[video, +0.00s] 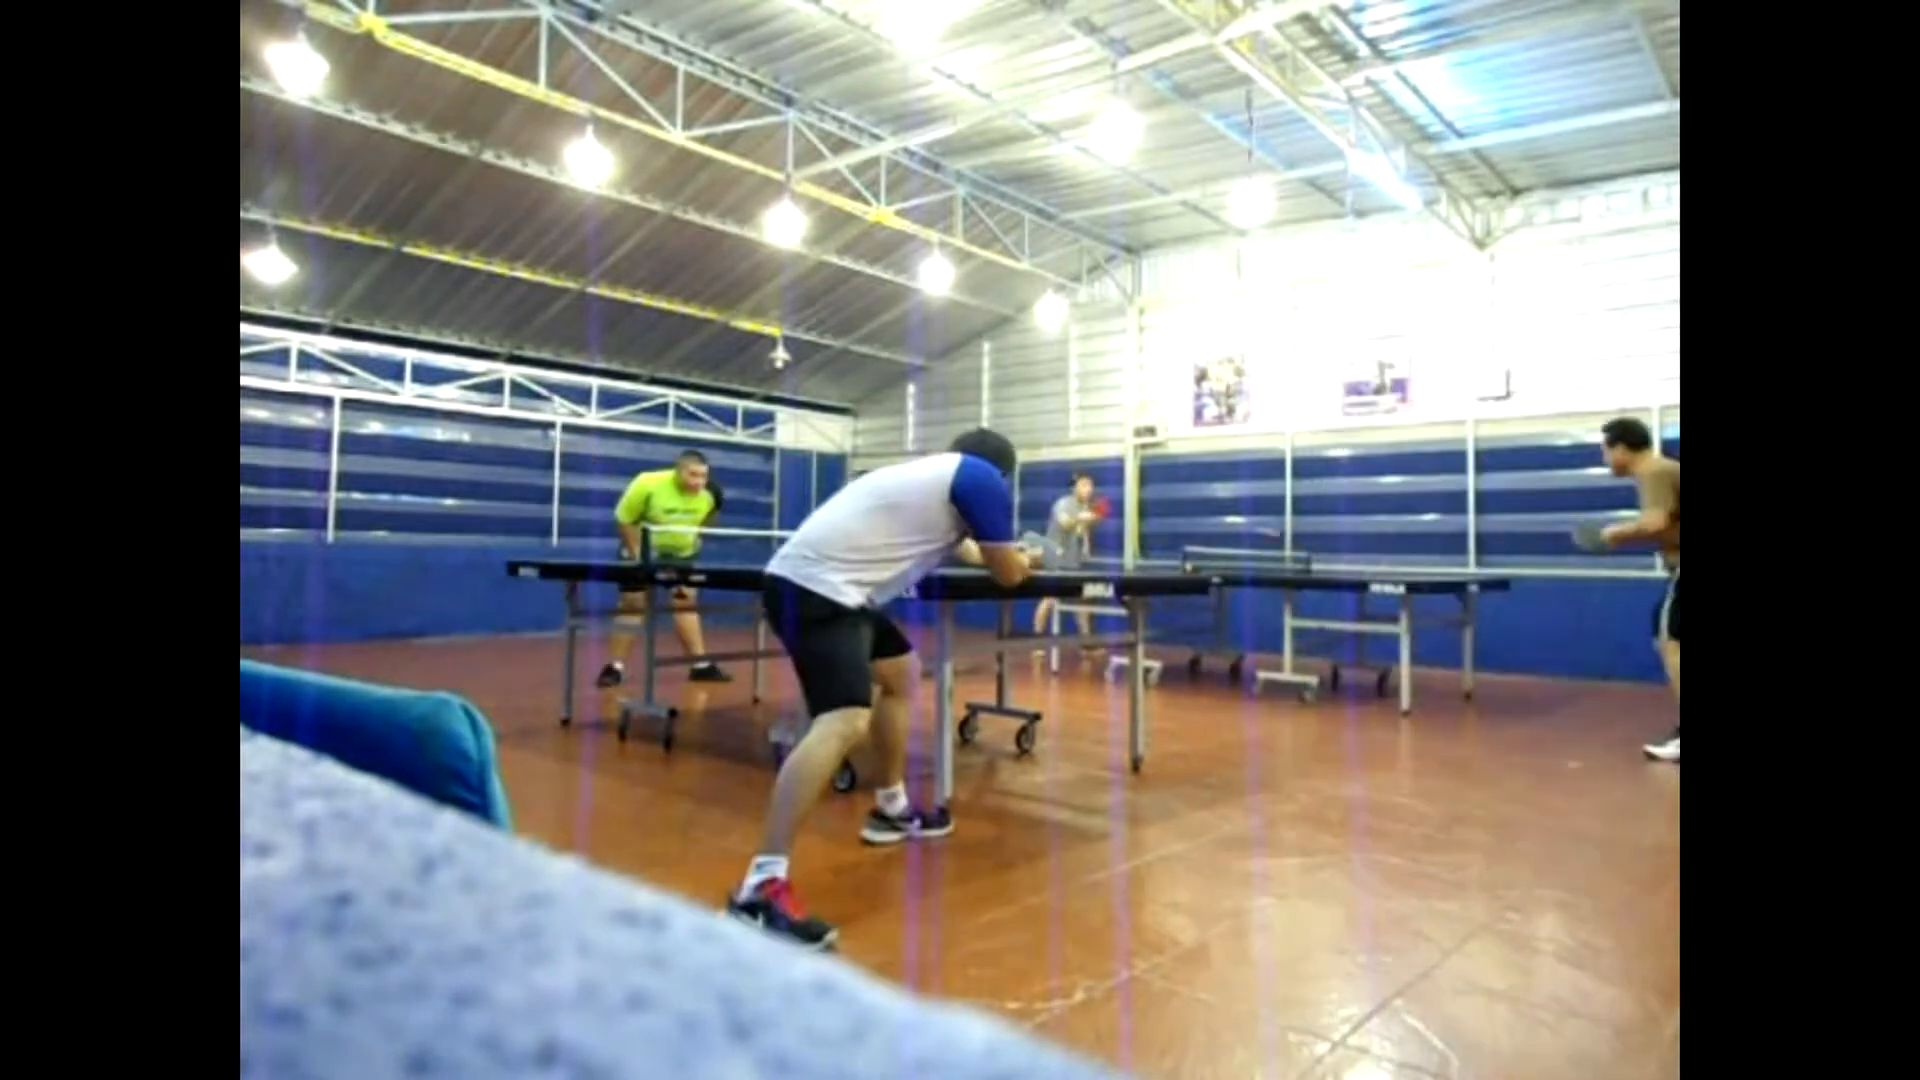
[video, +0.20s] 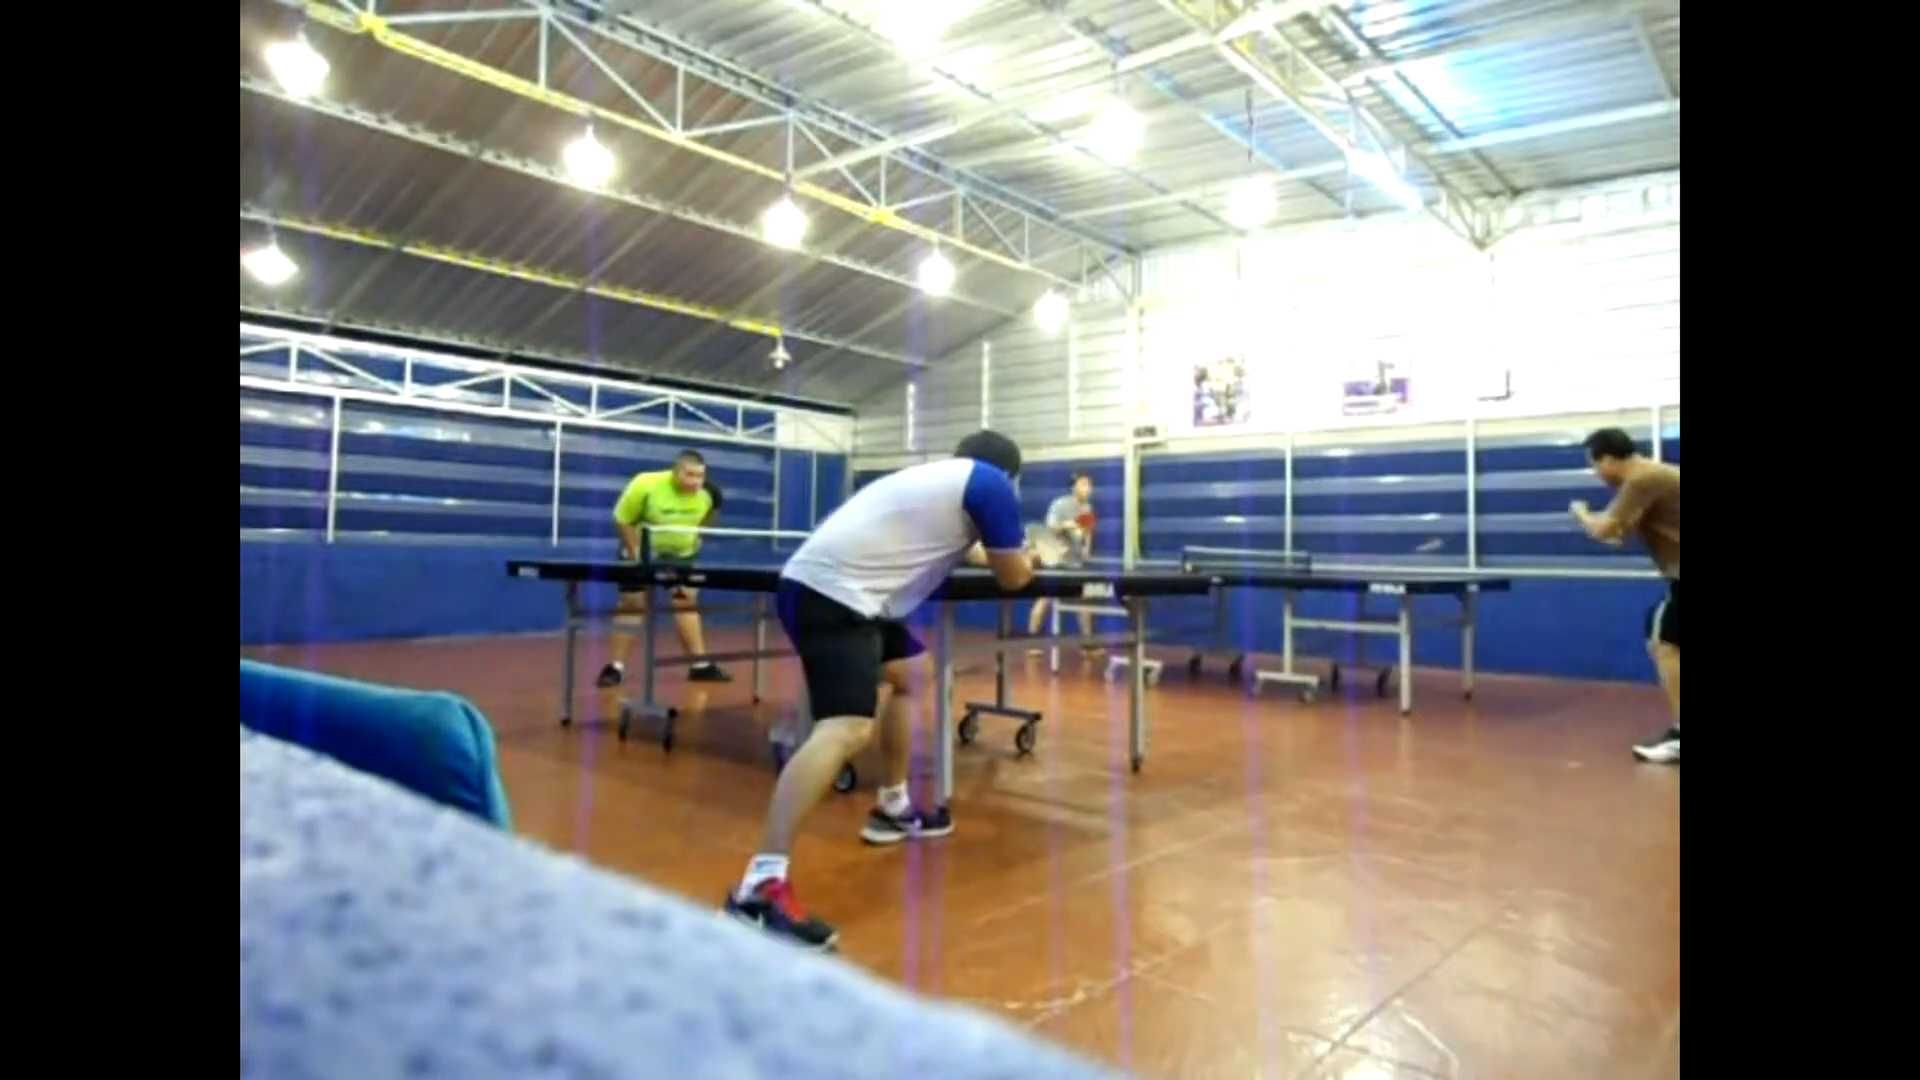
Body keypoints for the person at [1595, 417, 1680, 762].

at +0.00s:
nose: (1606, 458)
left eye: (1608, 450)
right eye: (1606, 450)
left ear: (1624, 448)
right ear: (1633, 446)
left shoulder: (1654, 472)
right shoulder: (1658, 470)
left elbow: (1657, 521)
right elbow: (1658, 522)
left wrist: (1615, 534)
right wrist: (1619, 533)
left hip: (1678, 571)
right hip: (1675, 569)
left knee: (1668, 640)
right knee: (1666, 638)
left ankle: (1679, 731)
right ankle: (1677, 731)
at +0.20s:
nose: (1597, 473)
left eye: (1597, 464)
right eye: (1595, 465)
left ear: (1612, 459)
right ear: (1618, 456)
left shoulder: (1643, 478)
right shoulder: (1644, 476)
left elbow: (1605, 529)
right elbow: (1620, 533)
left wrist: (1582, 515)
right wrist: (1600, 524)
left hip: (1677, 579)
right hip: (1673, 577)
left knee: (1665, 646)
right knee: (1659, 641)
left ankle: (1677, 728)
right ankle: (1675, 726)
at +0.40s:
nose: (1605, 457)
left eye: (1606, 448)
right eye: (1603, 449)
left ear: (1621, 442)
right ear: (1624, 442)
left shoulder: (1662, 466)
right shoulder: (1645, 472)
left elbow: (1666, 510)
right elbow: (1631, 504)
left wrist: (1617, 519)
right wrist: (1576, 501)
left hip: (1675, 568)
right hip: (1669, 568)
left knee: (1665, 642)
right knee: (1661, 641)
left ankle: (1677, 728)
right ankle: (1676, 727)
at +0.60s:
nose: (1621, 441)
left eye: (1623, 432)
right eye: (1620, 433)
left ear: (1638, 430)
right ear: (1643, 431)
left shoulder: (1666, 458)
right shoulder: (1651, 464)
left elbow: (1678, 501)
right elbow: (1655, 511)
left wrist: (1650, 522)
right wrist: (1620, 524)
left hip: (1671, 559)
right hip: (1662, 558)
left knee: (1663, 639)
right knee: (1660, 639)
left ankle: (1677, 727)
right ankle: (1675, 726)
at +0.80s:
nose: (1627, 445)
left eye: (1630, 437)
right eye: (1627, 438)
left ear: (1644, 437)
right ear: (1652, 436)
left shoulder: (1670, 463)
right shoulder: (1665, 464)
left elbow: (1675, 511)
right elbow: (1672, 513)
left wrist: (1647, 532)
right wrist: (1646, 534)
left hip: (1679, 568)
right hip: (1675, 565)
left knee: (1672, 638)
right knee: (1670, 637)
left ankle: (1678, 725)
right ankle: (1676, 724)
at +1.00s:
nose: (1628, 458)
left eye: (1629, 450)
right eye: (1627, 450)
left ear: (1644, 447)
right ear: (1651, 446)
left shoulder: (1670, 470)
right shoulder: (1667, 471)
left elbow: (1668, 521)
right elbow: (1667, 521)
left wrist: (1628, 535)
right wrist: (1631, 534)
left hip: (1678, 580)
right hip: (1676, 577)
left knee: (1676, 640)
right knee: (1674, 638)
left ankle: (1678, 741)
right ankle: (1677, 741)